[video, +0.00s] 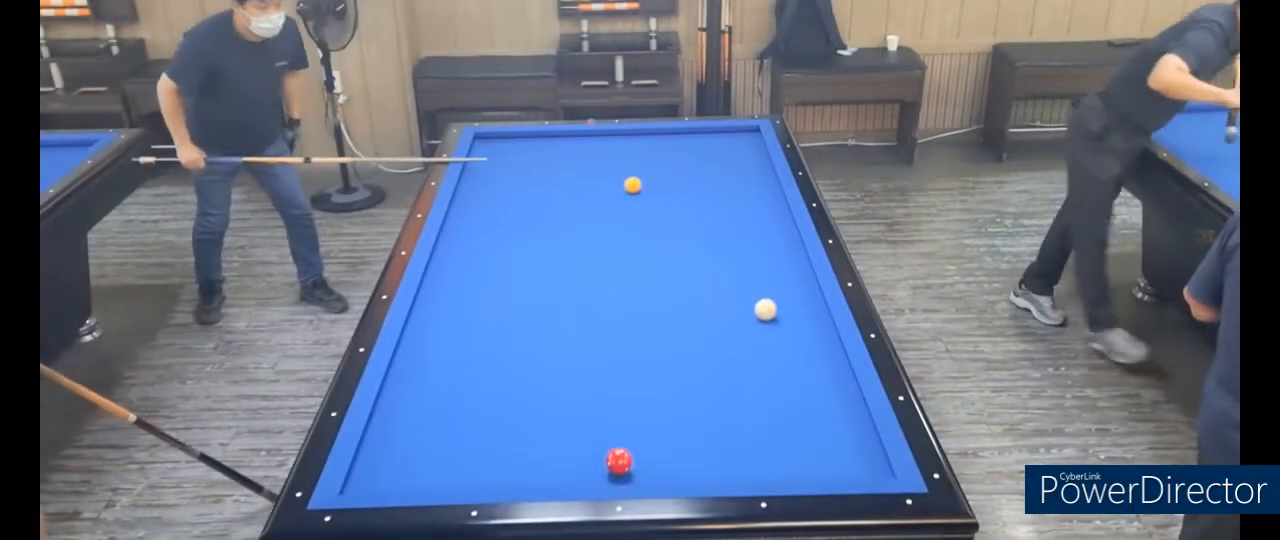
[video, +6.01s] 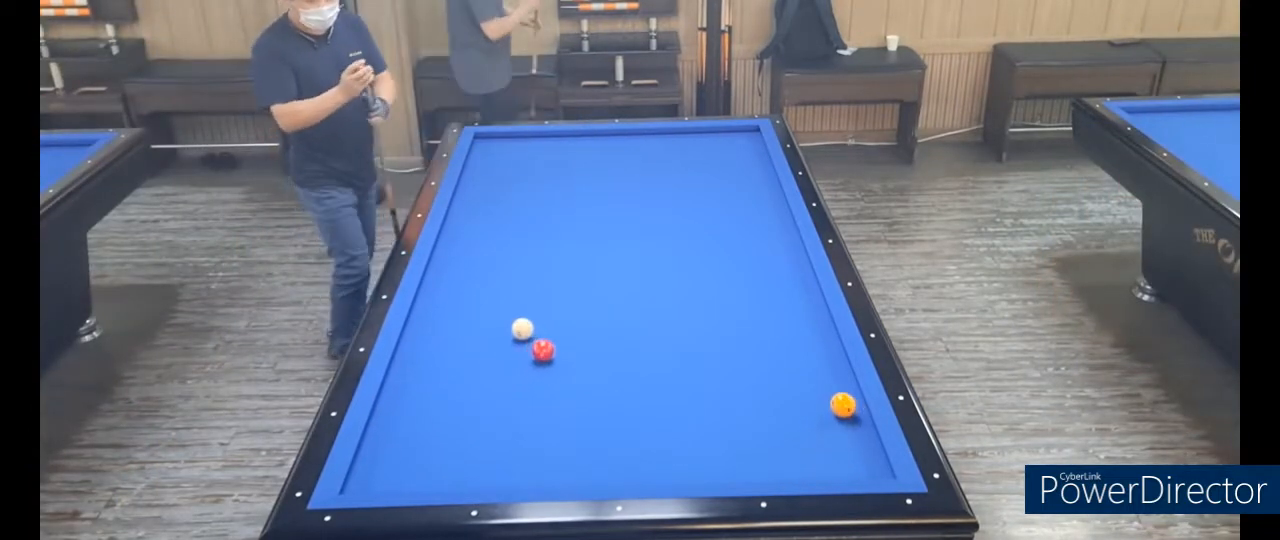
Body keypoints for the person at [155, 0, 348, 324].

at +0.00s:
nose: (271, 18)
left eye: (276, 9)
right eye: (260, 10)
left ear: (282, 7)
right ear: (239, 8)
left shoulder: (286, 30)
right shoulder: (204, 39)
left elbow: (293, 73)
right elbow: (167, 86)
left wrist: (294, 116)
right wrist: (183, 144)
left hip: (267, 141)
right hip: (215, 147)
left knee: (299, 210)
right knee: (212, 222)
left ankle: (313, 283)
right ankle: (209, 292)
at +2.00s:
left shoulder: (263, 9)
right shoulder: (190, 20)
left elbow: (280, 60)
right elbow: (166, 79)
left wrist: (307, 97)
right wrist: (205, 130)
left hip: (280, 139)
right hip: (231, 148)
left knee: (311, 202)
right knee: (221, 220)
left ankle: (312, 280)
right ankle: (210, 291)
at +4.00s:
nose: (429, 2)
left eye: (428, 1)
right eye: (423, 0)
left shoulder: (407, 19)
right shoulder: (382, 28)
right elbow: (358, 93)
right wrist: (412, 132)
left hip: (400, 144)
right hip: (386, 149)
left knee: (391, 223)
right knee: (428, 219)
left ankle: (381, 295)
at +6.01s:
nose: (325, 5)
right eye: (314, 1)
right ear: (290, 4)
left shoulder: (350, 24)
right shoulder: (271, 47)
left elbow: (382, 78)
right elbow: (286, 118)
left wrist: (382, 101)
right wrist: (342, 92)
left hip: (361, 168)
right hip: (319, 176)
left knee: (362, 257)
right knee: (353, 262)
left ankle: (351, 334)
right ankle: (343, 343)